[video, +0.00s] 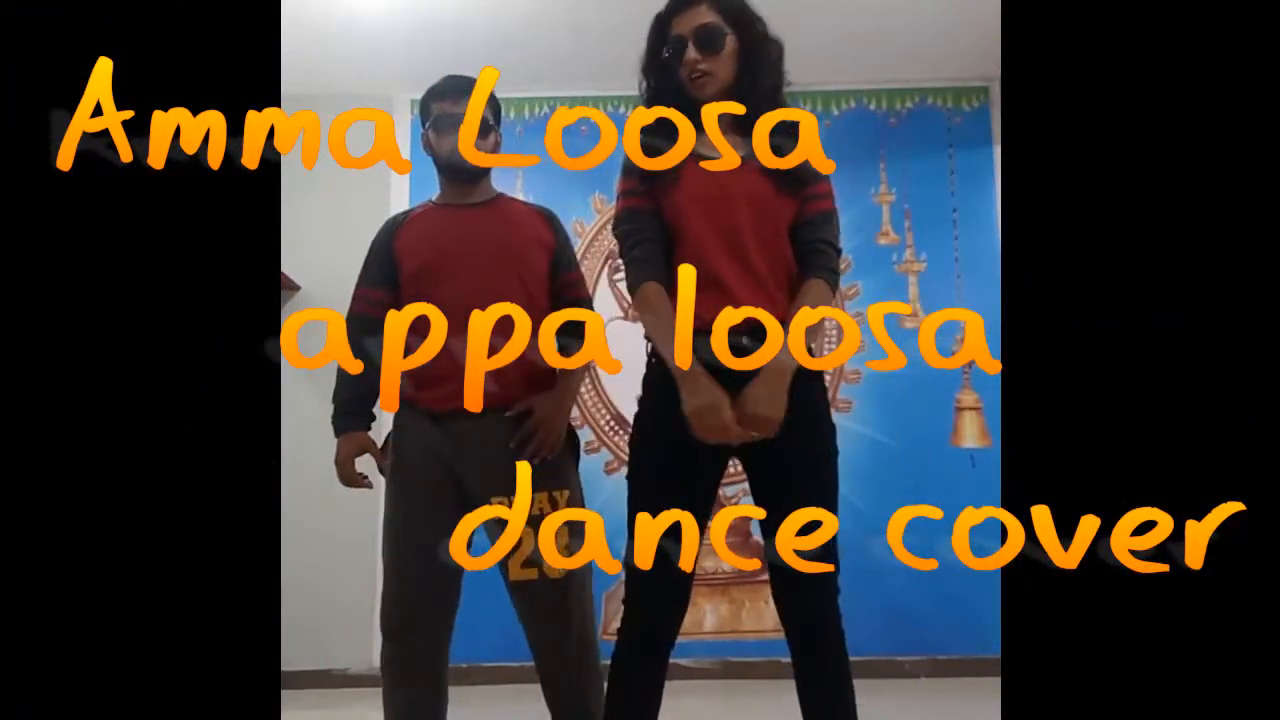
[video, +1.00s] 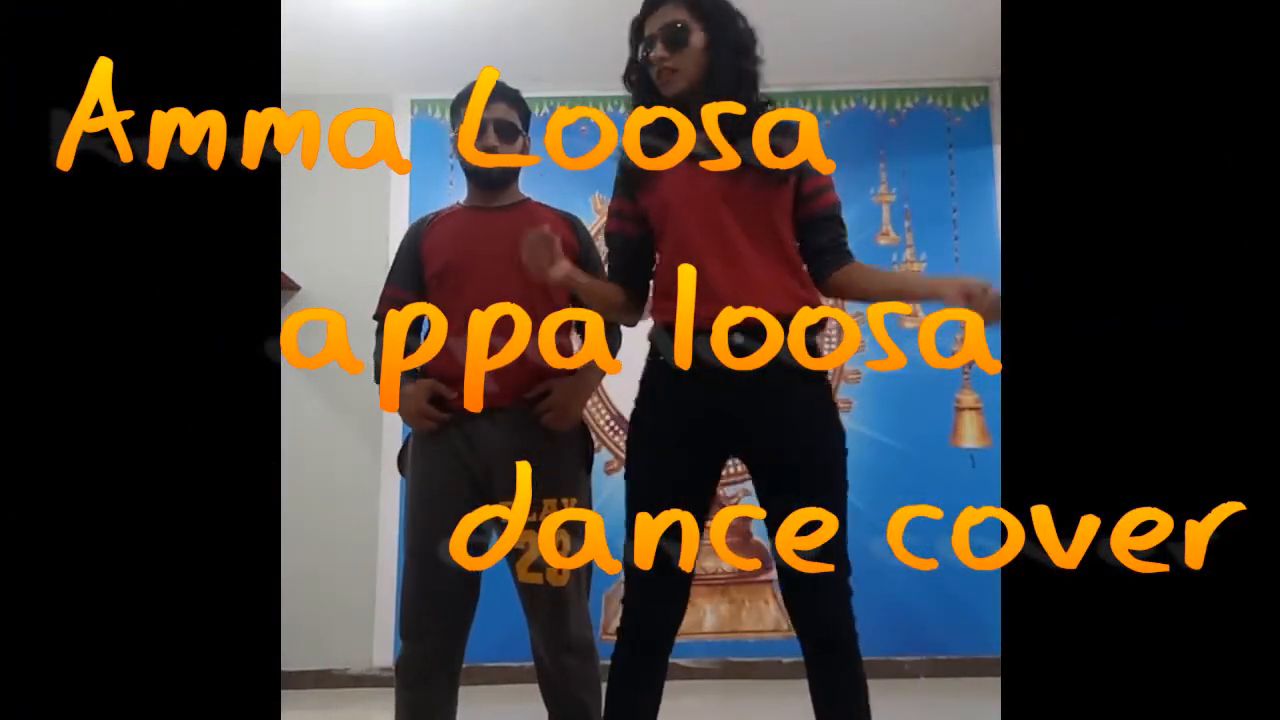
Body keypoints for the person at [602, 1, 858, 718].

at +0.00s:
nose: (692, 57)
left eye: (708, 38)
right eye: (675, 48)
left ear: (747, 44)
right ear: (663, 64)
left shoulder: (789, 133)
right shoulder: (652, 140)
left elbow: (822, 260)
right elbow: (640, 265)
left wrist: (783, 367)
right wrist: (686, 372)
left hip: (786, 383)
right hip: (679, 384)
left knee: (810, 598)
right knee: (653, 602)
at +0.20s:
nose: (663, 61)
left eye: (681, 45)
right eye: (659, 49)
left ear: (734, 48)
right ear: (656, 62)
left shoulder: (792, 138)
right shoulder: (653, 141)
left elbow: (818, 270)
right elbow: (639, 277)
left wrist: (782, 376)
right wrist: (699, 372)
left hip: (786, 389)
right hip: (678, 387)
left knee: (811, 599)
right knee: (648, 600)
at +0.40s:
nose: (650, 68)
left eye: (665, 49)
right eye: (649, 53)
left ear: (718, 48)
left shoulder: (786, 137)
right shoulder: (652, 141)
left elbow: (824, 273)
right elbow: (608, 273)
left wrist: (824, 397)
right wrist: (667, 373)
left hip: (762, 388)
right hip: (655, 385)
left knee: (793, 602)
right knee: (622, 603)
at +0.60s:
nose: (638, 73)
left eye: (651, 53)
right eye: (637, 58)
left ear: (705, 53)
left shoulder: (781, 147)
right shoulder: (641, 154)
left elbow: (827, 272)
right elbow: (591, 279)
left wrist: (862, 397)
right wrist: (619, 356)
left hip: (743, 387)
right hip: (637, 381)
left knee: (781, 600)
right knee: (619, 599)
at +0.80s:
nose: (633, 66)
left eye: (649, 46)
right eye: (632, 51)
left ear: (705, 47)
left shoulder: (777, 140)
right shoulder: (635, 149)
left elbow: (816, 274)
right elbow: (607, 275)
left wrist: (893, 361)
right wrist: (587, 377)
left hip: (754, 387)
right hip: (646, 387)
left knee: (812, 593)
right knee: (627, 599)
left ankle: (837, 718)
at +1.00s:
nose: (655, 56)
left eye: (673, 36)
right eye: (645, 46)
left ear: (721, 40)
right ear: (640, 65)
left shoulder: (782, 135)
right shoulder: (645, 148)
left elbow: (835, 271)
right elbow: (627, 301)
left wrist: (949, 289)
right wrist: (570, 276)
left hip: (787, 388)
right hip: (679, 389)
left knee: (821, 603)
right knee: (651, 604)